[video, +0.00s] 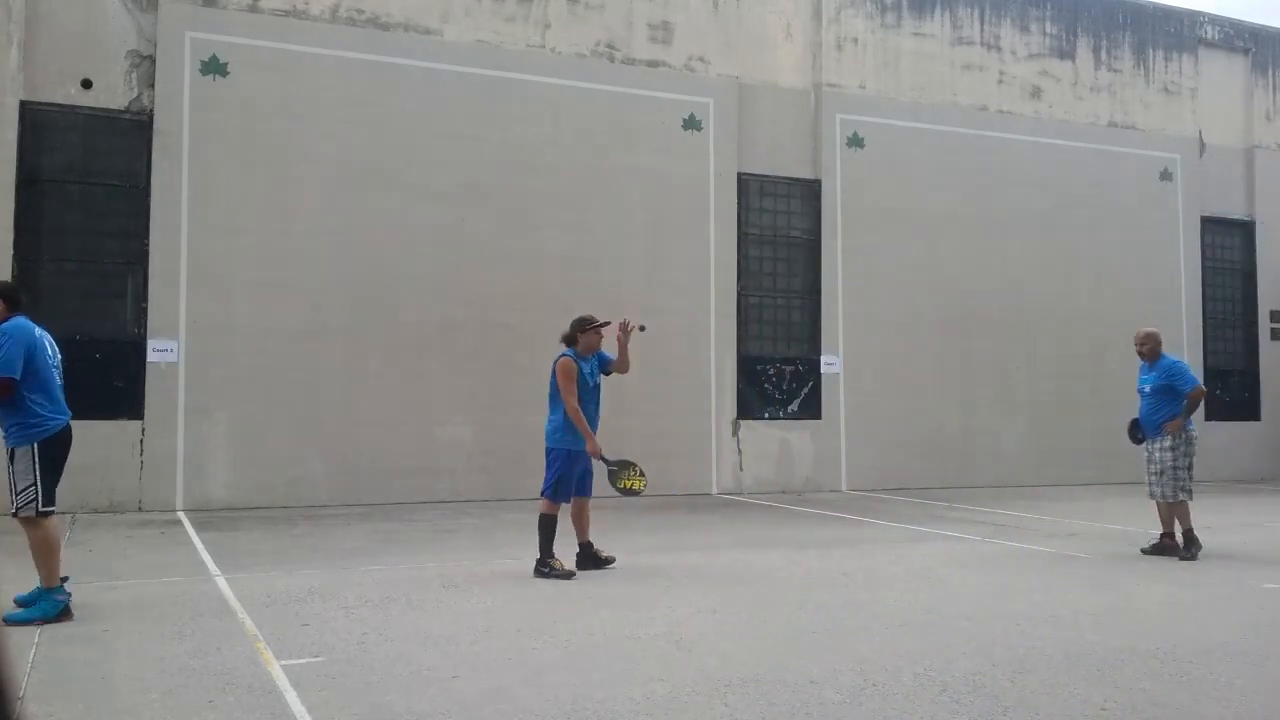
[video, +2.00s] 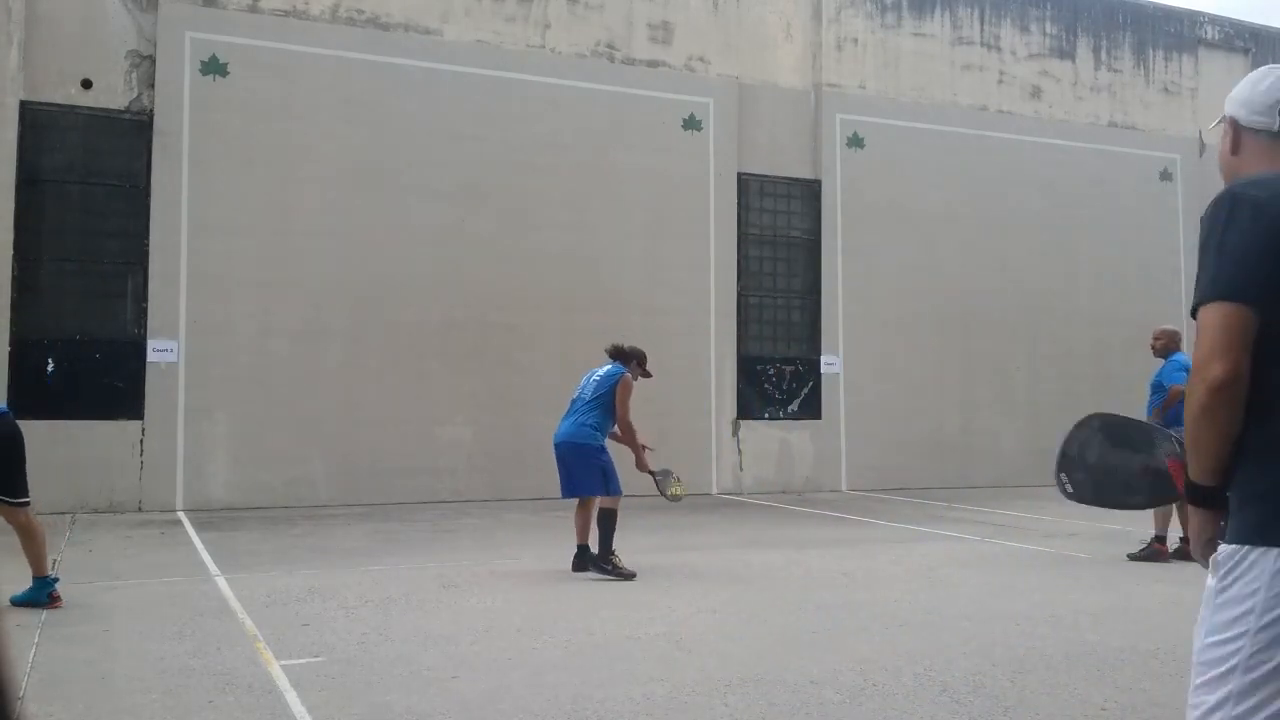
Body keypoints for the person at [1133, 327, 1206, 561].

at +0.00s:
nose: (1139, 349)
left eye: (1144, 345)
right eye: (1137, 345)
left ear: (1158, 345)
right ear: (1137, 347)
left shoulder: (1172, 367)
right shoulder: (1144, 369)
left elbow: (1198, 392)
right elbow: (1153, 400)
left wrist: (1181, 419)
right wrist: (1142, 423)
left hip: (1174, 436)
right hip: (1154, 437)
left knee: (1173, 490)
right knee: (1159, 489)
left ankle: (1190, 539)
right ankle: (1167, 539)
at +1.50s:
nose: (1144, 350)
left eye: (1149, 345)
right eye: (1142, 346)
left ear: (1164, 344)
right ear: (1143, 348)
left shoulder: (1170, 366)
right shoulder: (1164, 366)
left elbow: (1183, 392)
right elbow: (1167, 401)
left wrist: (1169, 421)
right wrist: (1151, 426)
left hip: (1172, 435)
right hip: (1185, 434)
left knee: (1154, 489)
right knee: (1179, 491)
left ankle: (1157, 544)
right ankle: (1189, 545)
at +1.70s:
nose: (1148, 348)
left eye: (1152, 343)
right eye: (1147, 343)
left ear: (1169, 343)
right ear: (1169, 345)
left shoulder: (1169, 365)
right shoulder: (1182, 363)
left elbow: (1176, 392)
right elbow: (1198, 394)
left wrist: (1163, 424)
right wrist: (1185, 418)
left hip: (1171, 435)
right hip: (1190, 433)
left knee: (1160, 490)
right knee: (1182, 491)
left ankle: (1158, 545)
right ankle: (1189, 545)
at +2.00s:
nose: (1152, 343)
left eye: (1157, 339)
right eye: (1152, 339)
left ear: (1172, 343)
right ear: (1171, 344)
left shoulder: (1174, 363)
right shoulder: (1182, 362)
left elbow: (1177, 390)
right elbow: (1183, 393)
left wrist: (1158, 414)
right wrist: (1162, 413)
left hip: (1168, 435)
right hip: (1179, 434)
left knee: (1162, 488)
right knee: (1182, 491)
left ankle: (1158, 543)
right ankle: (1188, 542)